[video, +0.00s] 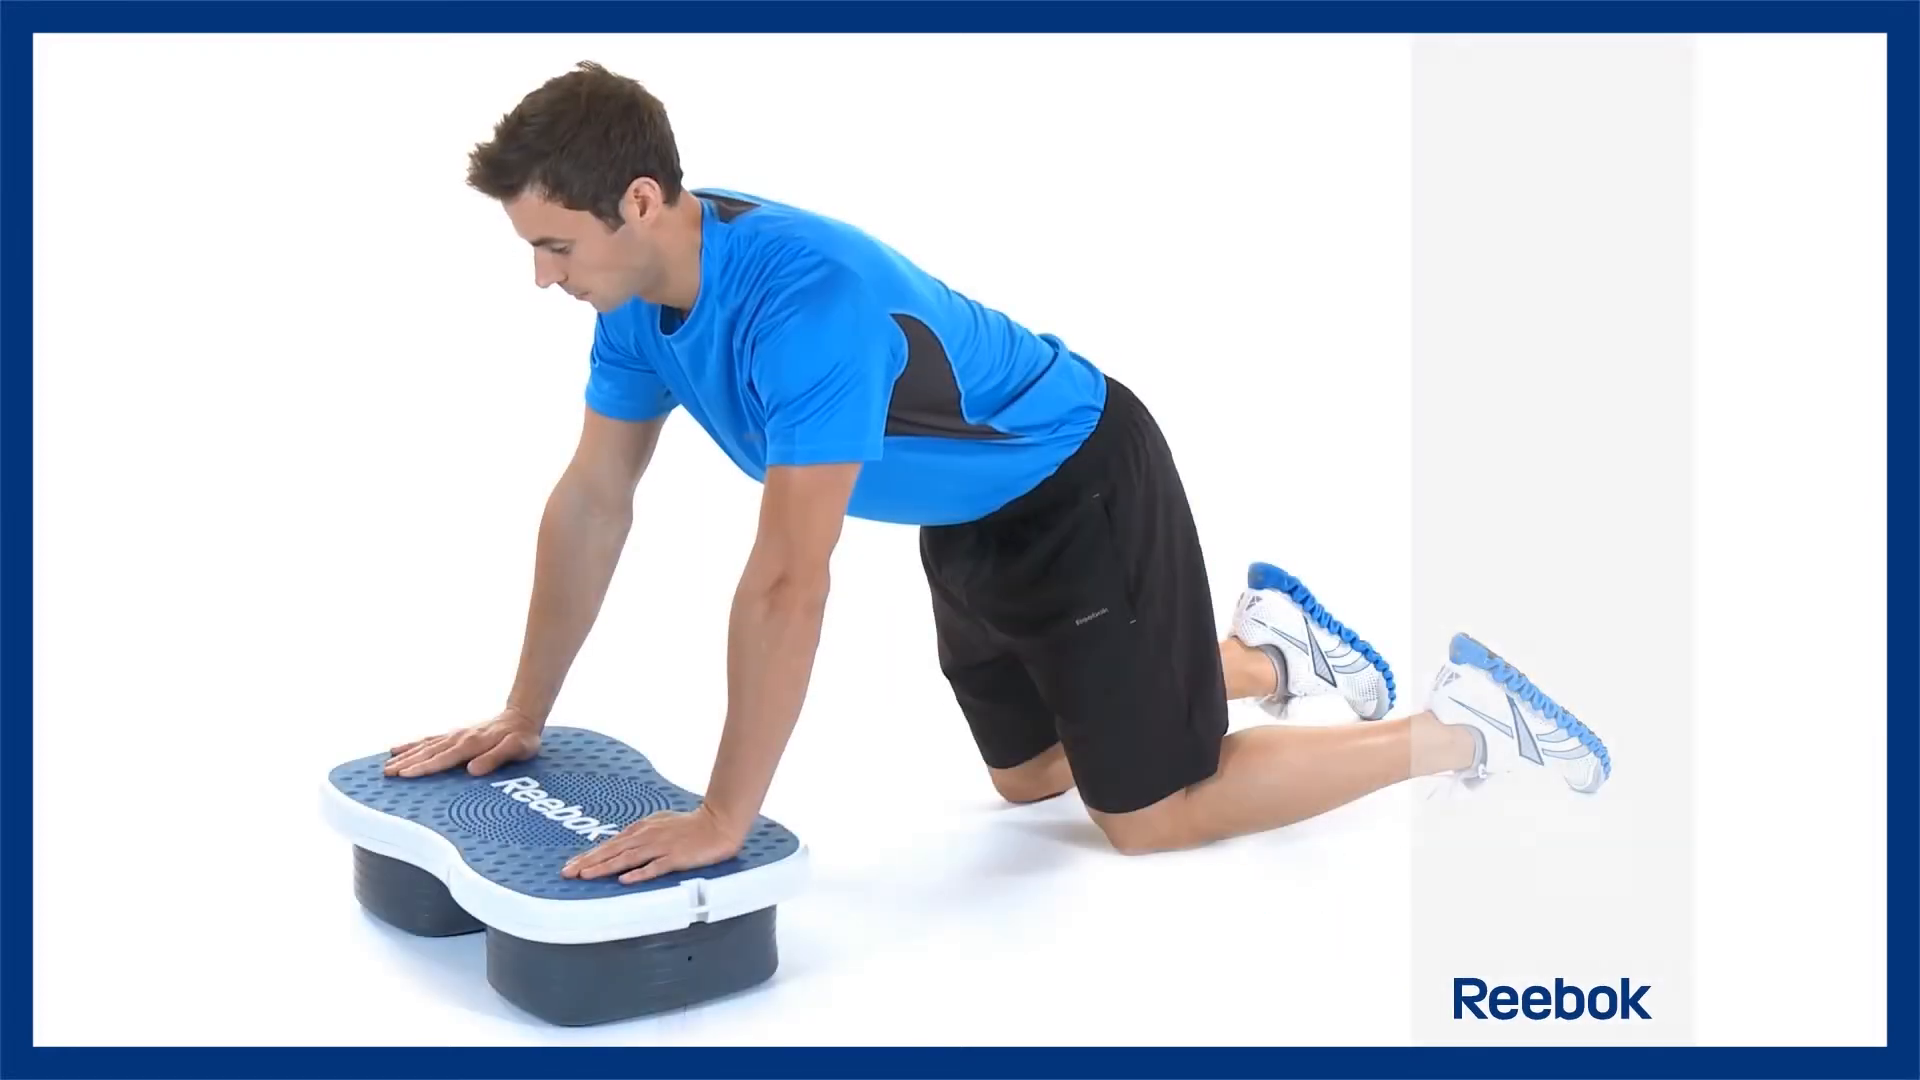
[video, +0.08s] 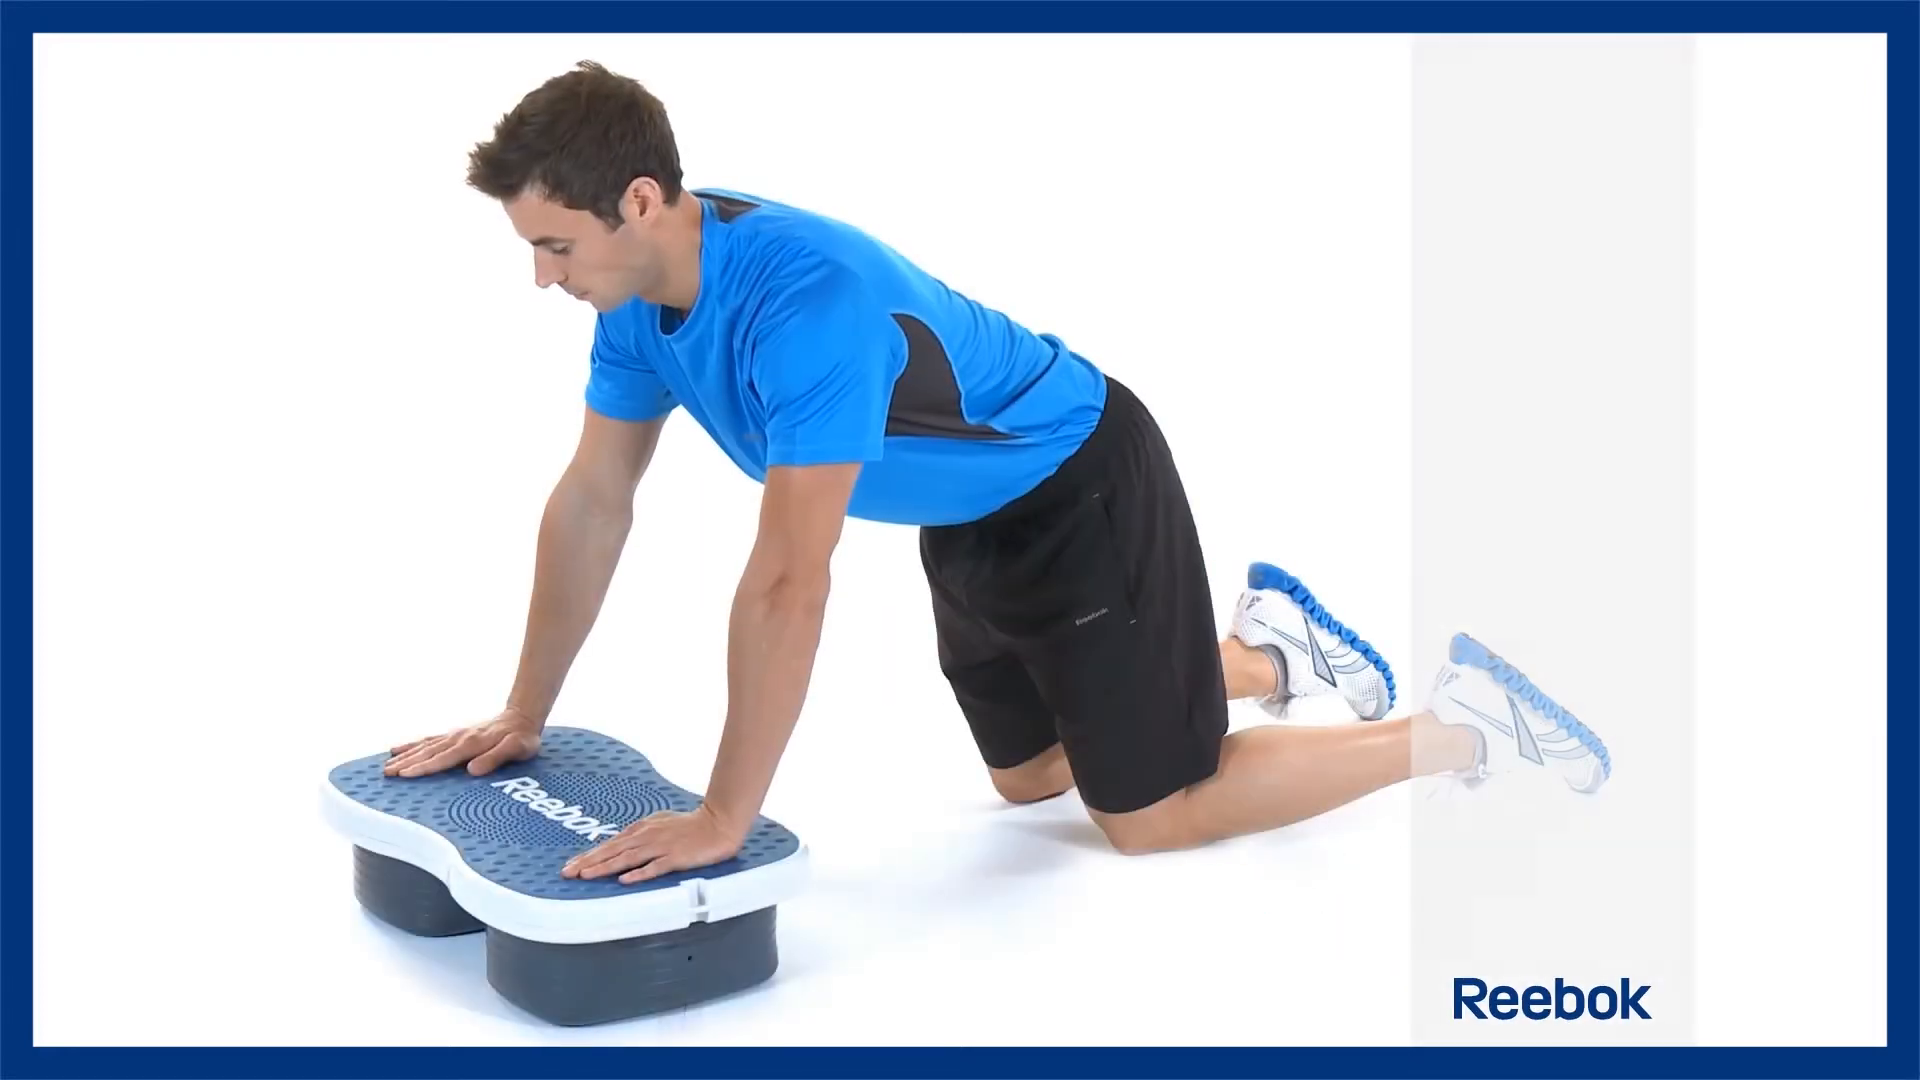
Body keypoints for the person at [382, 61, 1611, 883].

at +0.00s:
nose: (542, 275)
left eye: (553, 246)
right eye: (530, 250)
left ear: (644, 202)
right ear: (610, 214)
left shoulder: (805, 300)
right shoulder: (636, 310)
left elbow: (790, 580)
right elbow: (590, 508)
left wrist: (727, 816)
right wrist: (524, 717)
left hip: (1079, 478)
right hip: (958, 518)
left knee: (1151, 809)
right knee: (1038, 777)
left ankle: (1455, 736)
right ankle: (1267, 658)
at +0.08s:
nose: (541, 275)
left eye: (553, 246)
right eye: (529, 249)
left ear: (644, 202)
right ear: (611, 214)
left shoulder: (804, 301)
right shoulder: (635, 310)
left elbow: (790, 581)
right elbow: (590, 508)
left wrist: (727, 816)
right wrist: (525, 716)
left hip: (1079, 478)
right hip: (958, 519)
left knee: (1151, 809)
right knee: (1038, 777)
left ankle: (1454, 737)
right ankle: (1266, 659)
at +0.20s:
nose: (542, 274)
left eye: (552, 244)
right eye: (530, 249)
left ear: (643, 201)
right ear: (612, 213)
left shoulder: (803, 301)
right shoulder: (636, 310)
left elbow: (788, 585)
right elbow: (589, 510)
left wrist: (727, 814)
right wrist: (526, 714)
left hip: (1077, 477)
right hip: (958, 517)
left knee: (1154, 807)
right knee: (1039, 778)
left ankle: (1450, 733)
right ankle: (1263, 659)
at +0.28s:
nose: (539, 273)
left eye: (550, 243)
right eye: (528, 247)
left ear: (642, 201)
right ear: (611, 213)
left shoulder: (803, 302)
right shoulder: (636, 311)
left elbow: (787, 585)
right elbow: (589, 510)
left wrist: (727, 814)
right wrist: (526, 714)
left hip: (1076, 476)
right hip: (958, 516)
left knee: (1154, 807)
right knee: (1039, 777)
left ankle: (1449, 734)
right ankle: (1262, 660)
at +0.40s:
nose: (538, 273)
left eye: (549, 242)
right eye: (527, 247)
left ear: (640, 200)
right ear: (612, 212)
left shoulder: (804, 302)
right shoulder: (636, 311)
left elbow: (787, 585)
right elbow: (589, 510)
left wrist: (727, 814)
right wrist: (525, 715)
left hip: (1076, 477)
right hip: (958, 517)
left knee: (1154, 807)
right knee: (1039, 777)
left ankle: (1449, 734)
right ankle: (1262, 659)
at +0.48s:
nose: (538, 273)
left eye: (549, 243)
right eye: (527, 247)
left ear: (640, 200)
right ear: (612, 212)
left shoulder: (804, 302)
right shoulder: (636, 311)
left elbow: (787, 585)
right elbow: (590, 509)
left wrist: (727, 814)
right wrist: (525, 715)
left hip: (1076, 477)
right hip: (958, 517)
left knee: (1154, 807)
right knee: (1039, 777)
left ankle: (1449, 734)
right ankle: (1262, 659)